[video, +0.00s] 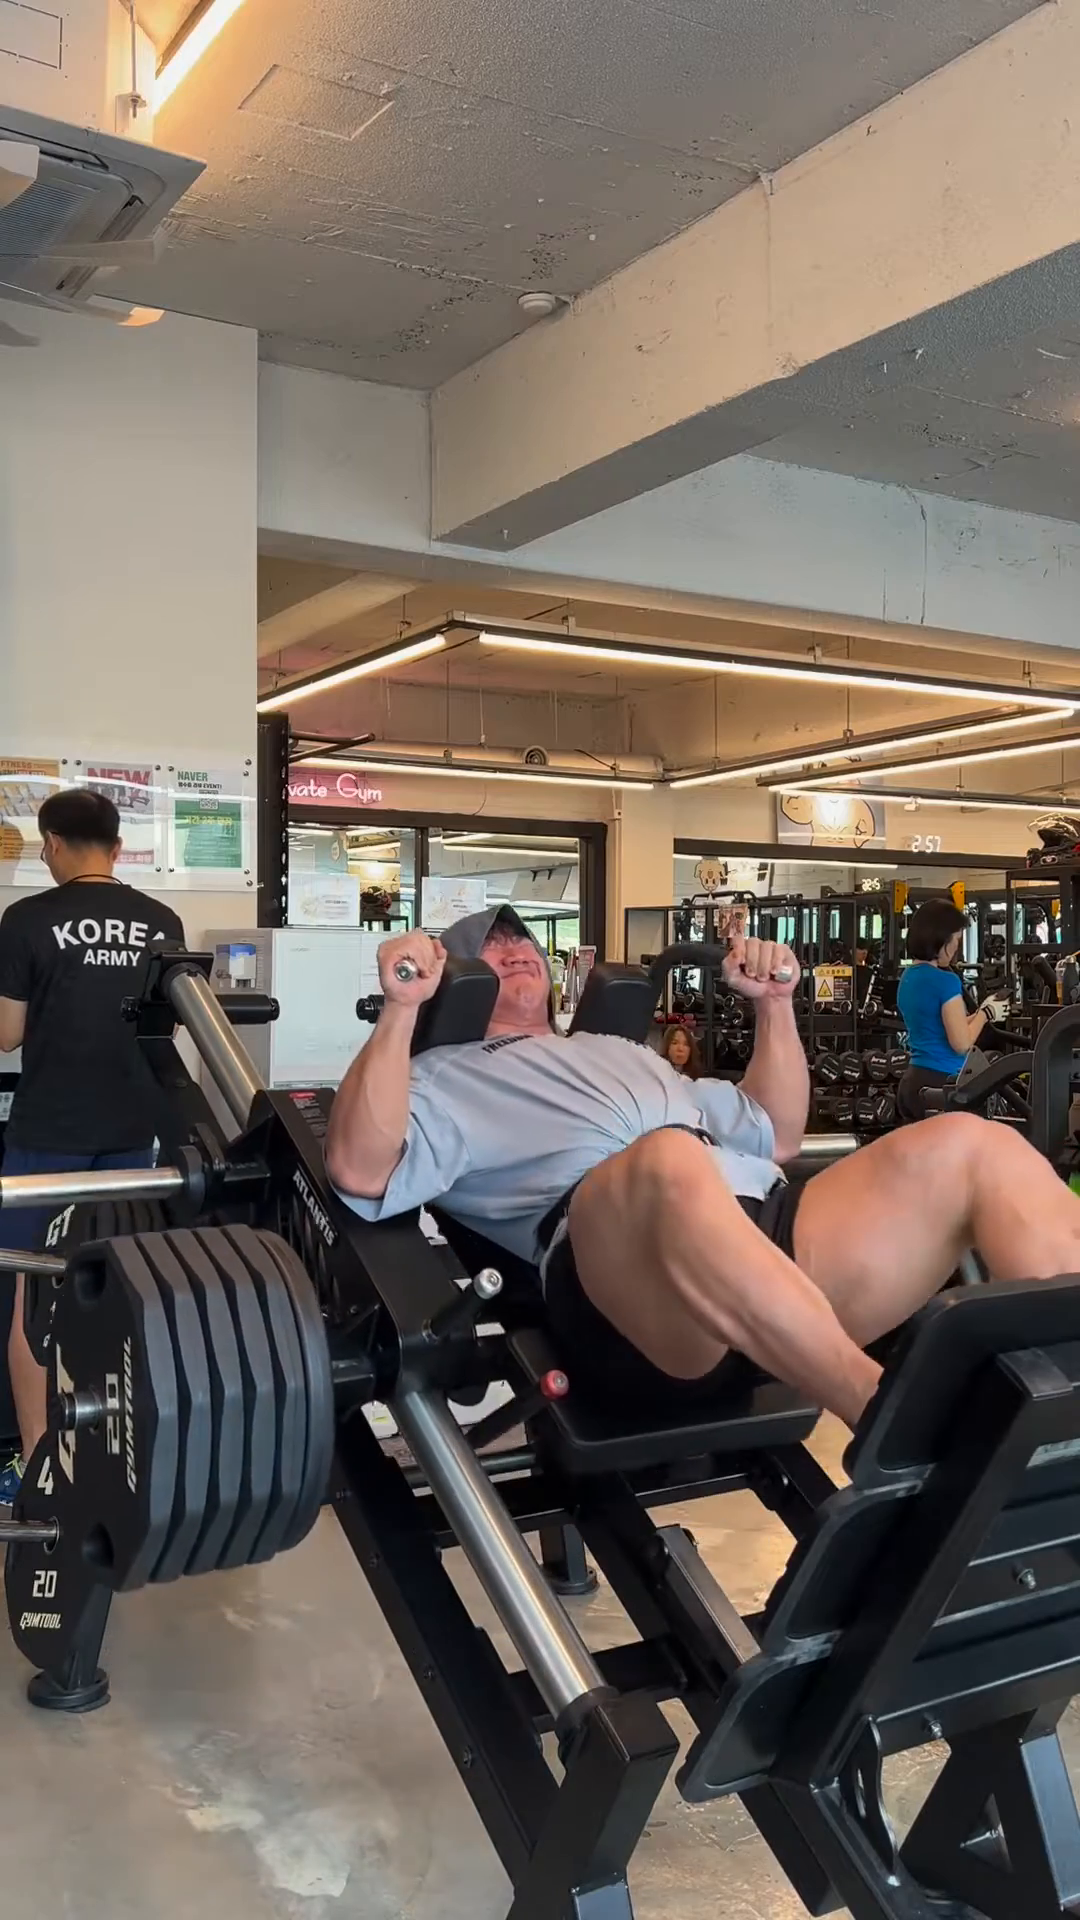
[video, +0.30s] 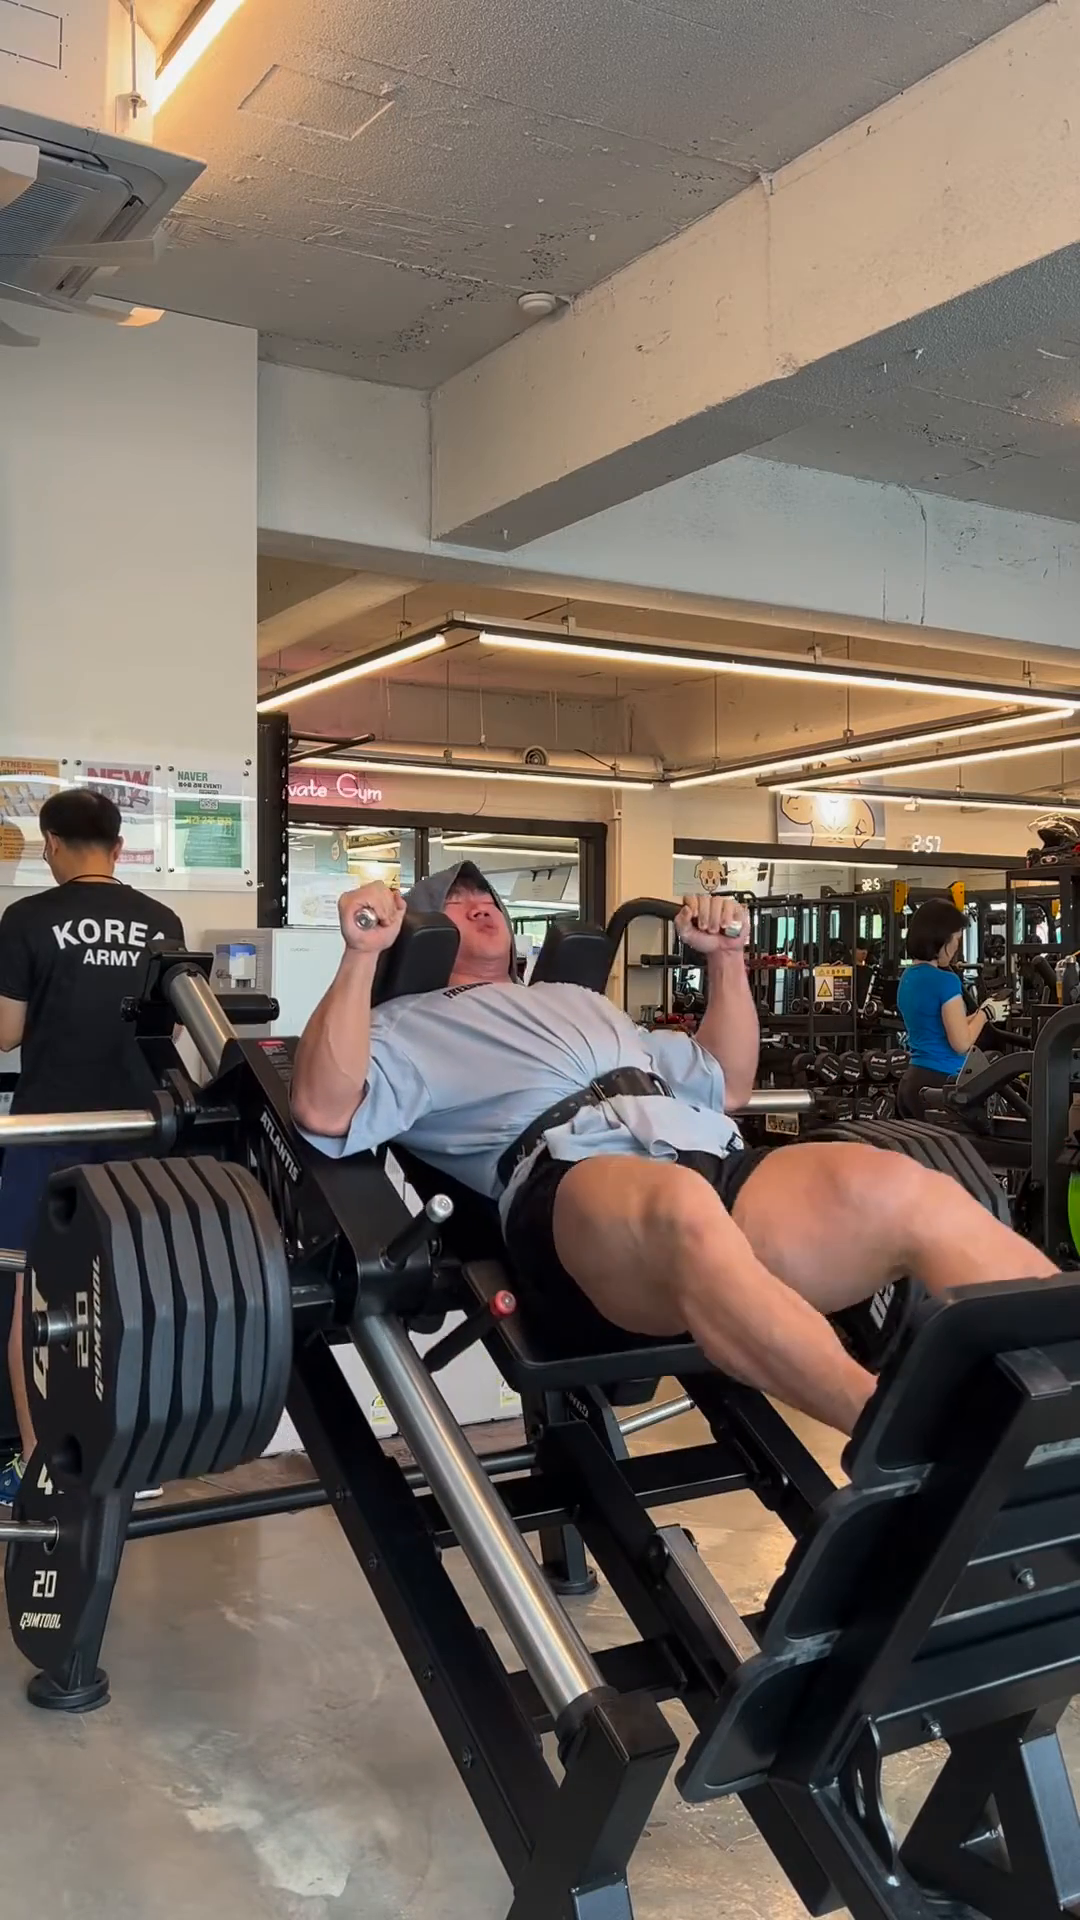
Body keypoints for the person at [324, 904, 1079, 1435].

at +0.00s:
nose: (516, 958)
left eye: (526, 948)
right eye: (493, 951)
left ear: (552, 974)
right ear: (460, 992)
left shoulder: (624, 1057)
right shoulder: (442, 1078)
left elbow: (774, 1135)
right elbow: (358, 1170)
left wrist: (774, 1009)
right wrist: (399, 1011)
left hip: (776, 1253)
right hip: (623, 1308)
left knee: (976, 1149)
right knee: (667, 1166)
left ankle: (1072, 1382)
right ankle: (896, 1424)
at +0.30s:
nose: (486, 909)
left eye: (493, 902)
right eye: (465, 902)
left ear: (511, 934)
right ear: (429, 938)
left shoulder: (586, 1009)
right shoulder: (406, 1028)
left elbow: (726, 1081)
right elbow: (322, 1111)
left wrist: (726, 961)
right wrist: (360, 961)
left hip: (711, 1165)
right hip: (574, 1182)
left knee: (903, 1191)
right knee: (688, 1221)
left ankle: (1076, 1344)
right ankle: (906, 1438)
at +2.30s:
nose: (485, 911)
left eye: (494, 905)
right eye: (464, 906)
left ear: (517, 938)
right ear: (428, 946)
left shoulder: (594, 1007)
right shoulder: (410, 1035)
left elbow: (729, 1088)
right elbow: (327, 1122)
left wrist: (730, 965)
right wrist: (365, 966)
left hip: (718, 1187)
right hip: (572, 1208)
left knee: (918, 1202)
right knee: (688, 1221)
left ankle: (1074, 1365)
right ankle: (904, 1440)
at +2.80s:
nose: (516, 946)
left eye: (526, 938)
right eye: (493, 940)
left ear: (550, 969)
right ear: (454, 983)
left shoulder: (624, 1049)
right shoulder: (441, 1076)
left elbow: (773, 1135)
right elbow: (357, 1171)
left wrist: (772, 1004)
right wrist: (398, 1010)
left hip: (771, 1261)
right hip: (618, 1311)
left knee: (968, 1161)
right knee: (675, 1167)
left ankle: (1072, 1387)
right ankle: (900, 1427)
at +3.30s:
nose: (564, 997)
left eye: (572, 986)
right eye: (538, 985)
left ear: (592, 1024)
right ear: (486, 1025)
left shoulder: (672, 1108)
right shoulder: (484, 1144)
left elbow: (833, 1192)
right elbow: (401, 1245)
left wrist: (829, 1060)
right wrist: (447, 1067)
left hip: (837, 1342)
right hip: (686, 1404)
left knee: (997, 1146)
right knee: (678, 1157)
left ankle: (1065, 1393)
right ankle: (888, 1408)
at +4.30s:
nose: (626, 1074)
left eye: (632, 1059)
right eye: (596, 1067)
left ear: (658, 1093)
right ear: (554, 1109)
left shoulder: (755, 1194)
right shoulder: (550, 1237)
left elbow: (897, 1269)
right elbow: (471, 1359)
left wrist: (918, 1146)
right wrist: (513, 1173)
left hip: (911, 1387)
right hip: (777, 1477)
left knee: (1000, 1149)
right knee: (667, 1176)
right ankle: (889, 1413)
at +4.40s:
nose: (629, 1077)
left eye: (635, 1063)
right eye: (599, 1072)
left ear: (662, 1096)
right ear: (559, 1114)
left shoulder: (763, 1200)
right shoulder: (555, 1239)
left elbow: (902, 1270)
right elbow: (474, 1364)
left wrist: (921, 1153)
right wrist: (516, 1177)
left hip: (917, 1395)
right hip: (781, 1481)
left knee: (1001, 1148)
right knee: (667, 1177)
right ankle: (892, 1417)